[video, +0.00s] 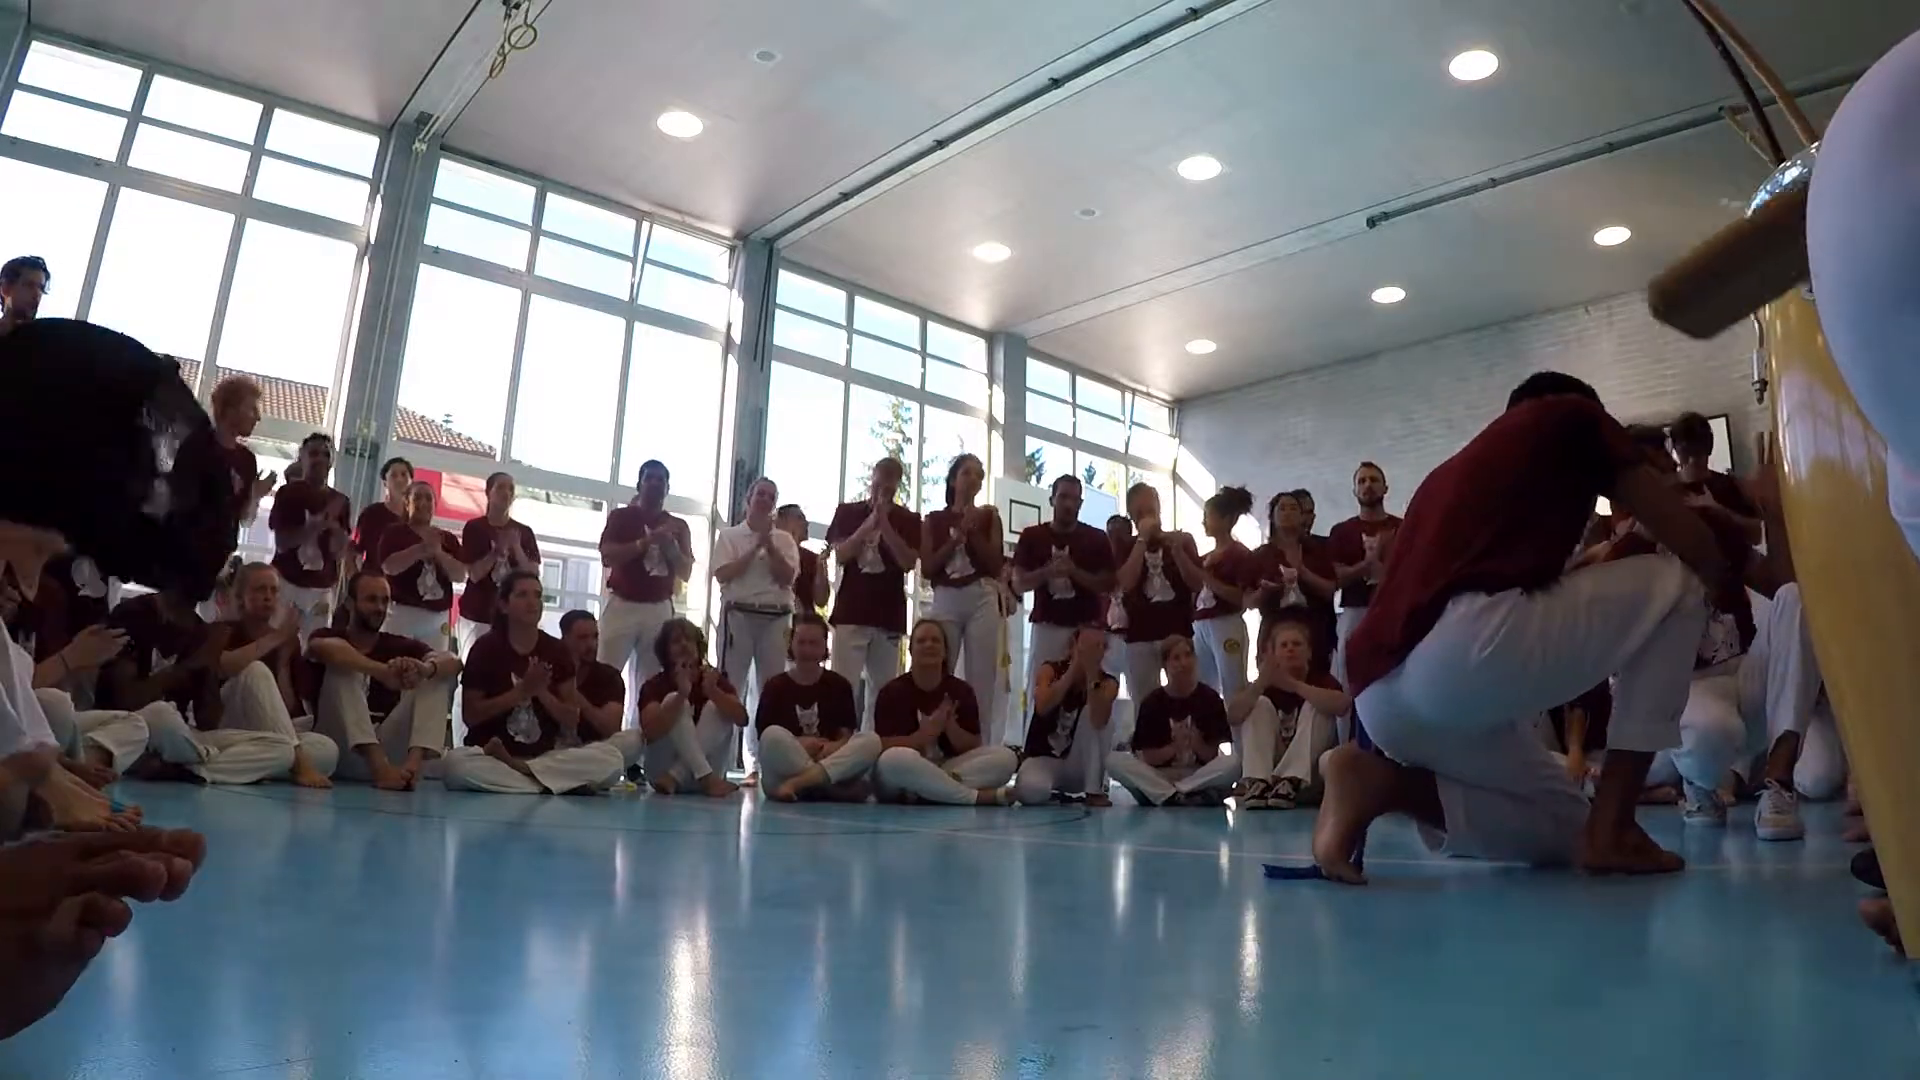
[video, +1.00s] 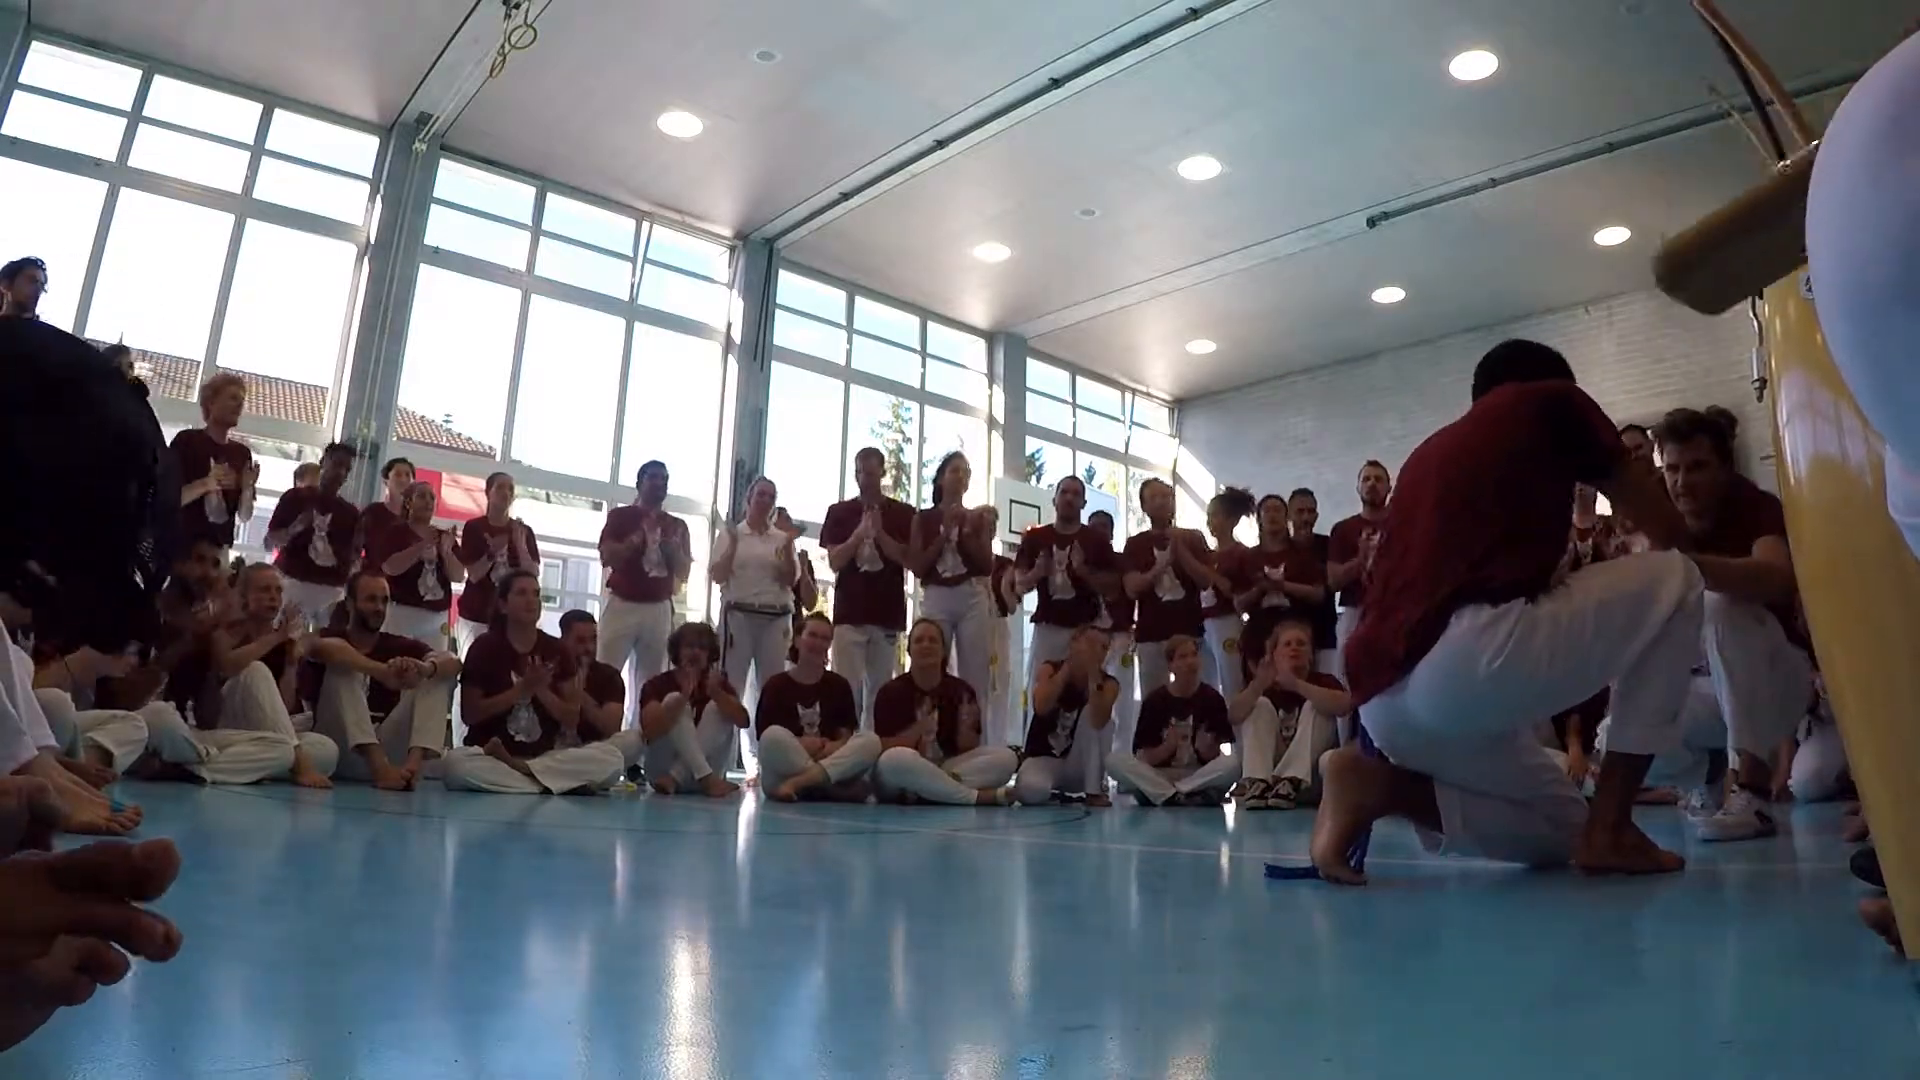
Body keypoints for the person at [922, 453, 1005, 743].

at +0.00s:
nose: (972, 478)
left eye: (978, 475)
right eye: (966, 472)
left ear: (982, 483)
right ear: (953, 478)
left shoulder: (989, 516)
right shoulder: (934, 519)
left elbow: (994, 565)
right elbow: (928, 568)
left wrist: (973, 532)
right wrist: (953, 540)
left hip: (982, 595)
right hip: (945, 594)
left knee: (982, 678)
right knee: (939, 674)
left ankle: (982, 751)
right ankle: (938, 748)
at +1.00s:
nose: (961, 475)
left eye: (965, 471)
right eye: (954, 470)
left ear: (969, 480)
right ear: (940, 478)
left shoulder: (979, 518)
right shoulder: (923, 518)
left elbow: (986, 566)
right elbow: (918, 567)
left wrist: (964, 537)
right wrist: (943, 537)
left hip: (974, 597)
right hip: (935, 597)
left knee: (975, 678)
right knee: (931, 675)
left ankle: (974, 748)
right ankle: (930, 746)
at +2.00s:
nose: (965, 477)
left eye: (970, 473)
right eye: (959, 472)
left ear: (975, 482)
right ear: (947, 479)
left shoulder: (986, 516)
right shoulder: (932, 521)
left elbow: (993, 565)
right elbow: (927, 569)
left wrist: (972, 537)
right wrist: (949, 535)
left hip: (982, 597)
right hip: (944, 597)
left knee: (982, 681)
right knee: (940, 677)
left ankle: (981, 751)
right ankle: (937, 751)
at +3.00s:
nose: (962, 479)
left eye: (966, 474)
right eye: (955, 473)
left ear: (971, 480)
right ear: (942, 478)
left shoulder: (981, 519)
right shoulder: (927, 520)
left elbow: (988, 567)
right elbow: (921, 569)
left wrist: (966, 536)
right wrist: (944, 542)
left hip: (976, 598)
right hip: (938, 598)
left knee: (976, 675)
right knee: (933, 673)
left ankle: (976, 737)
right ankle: (932, 737)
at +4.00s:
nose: (968, 482)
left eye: (973, 477)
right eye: (962, 476)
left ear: (978, 483)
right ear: (948, 481)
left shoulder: (984, 519)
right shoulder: (934, 523)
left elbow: (991, 561)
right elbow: (931, 568)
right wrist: (949, 541)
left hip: (979, 592)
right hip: (947, 594)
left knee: (980, 667)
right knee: (946, 666)